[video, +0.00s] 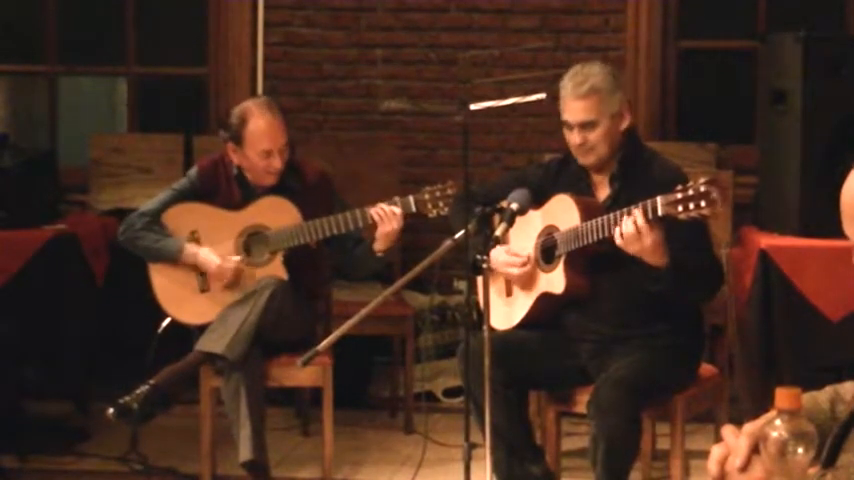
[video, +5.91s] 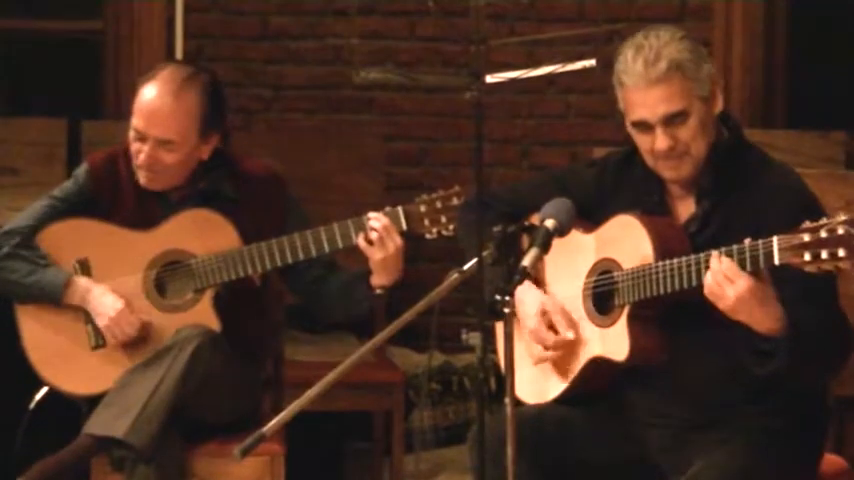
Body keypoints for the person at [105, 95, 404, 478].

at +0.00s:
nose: (277, 163)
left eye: (282, 151)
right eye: (265, 155)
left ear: (289, 142)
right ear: (234, 153)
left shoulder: (308, 182)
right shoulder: (211, 177)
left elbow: (344, 261)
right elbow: (133, 230)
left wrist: (379, 248)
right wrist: (199, 256)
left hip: (294, 315)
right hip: (228, 312)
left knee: (272, 290)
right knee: (243, 354)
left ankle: (168, 381)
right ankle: (255, 469)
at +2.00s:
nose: (280, 169)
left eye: (284, 157)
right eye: (269, 162)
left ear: (290, 145)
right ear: (238, 157)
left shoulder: (313, 183)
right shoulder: (213, 176)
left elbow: (343, 269)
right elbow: (134, 227)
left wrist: (347, 252)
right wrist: (195, 262)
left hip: (297, 315)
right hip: (228, 312)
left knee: (271, 289)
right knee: (245, 357)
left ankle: (165, 380)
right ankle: (255, 468)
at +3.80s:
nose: (260, 151)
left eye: (266, 137)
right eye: (246, 139)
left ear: (275, 131)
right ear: (208, 138)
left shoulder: (294, 190)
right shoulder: (178, 175)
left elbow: (314, 287)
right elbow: (85, 232)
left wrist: (343, 280)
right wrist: (170, 258)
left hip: (273, 342)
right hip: (190, 332)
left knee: (244, 310)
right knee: (211, 394)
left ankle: (118, 420)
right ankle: (213, 474)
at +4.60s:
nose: (196, 142)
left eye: (211, 126)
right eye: (181, 126)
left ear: (230, 125)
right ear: (158, 124)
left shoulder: (271, 188)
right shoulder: (135, 177)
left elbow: (294, 307)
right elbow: (35, 248)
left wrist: (318, 288)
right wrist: (128, 267)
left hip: (248, 363)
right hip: (153, 356)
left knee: (215, 328)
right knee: (181, 428)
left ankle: (90, 444)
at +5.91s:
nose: (142, 155)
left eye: (163, 145)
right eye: (136, 136)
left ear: (207, 147)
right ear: (129, 120)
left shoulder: (255, 192)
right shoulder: (105, 177)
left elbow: (315, 301)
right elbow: (5, 253)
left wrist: (379, 282)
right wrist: (86, 294)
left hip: (227, 385)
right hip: (113, 373)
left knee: (194, 345)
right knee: (149, 445)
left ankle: (70, 459)